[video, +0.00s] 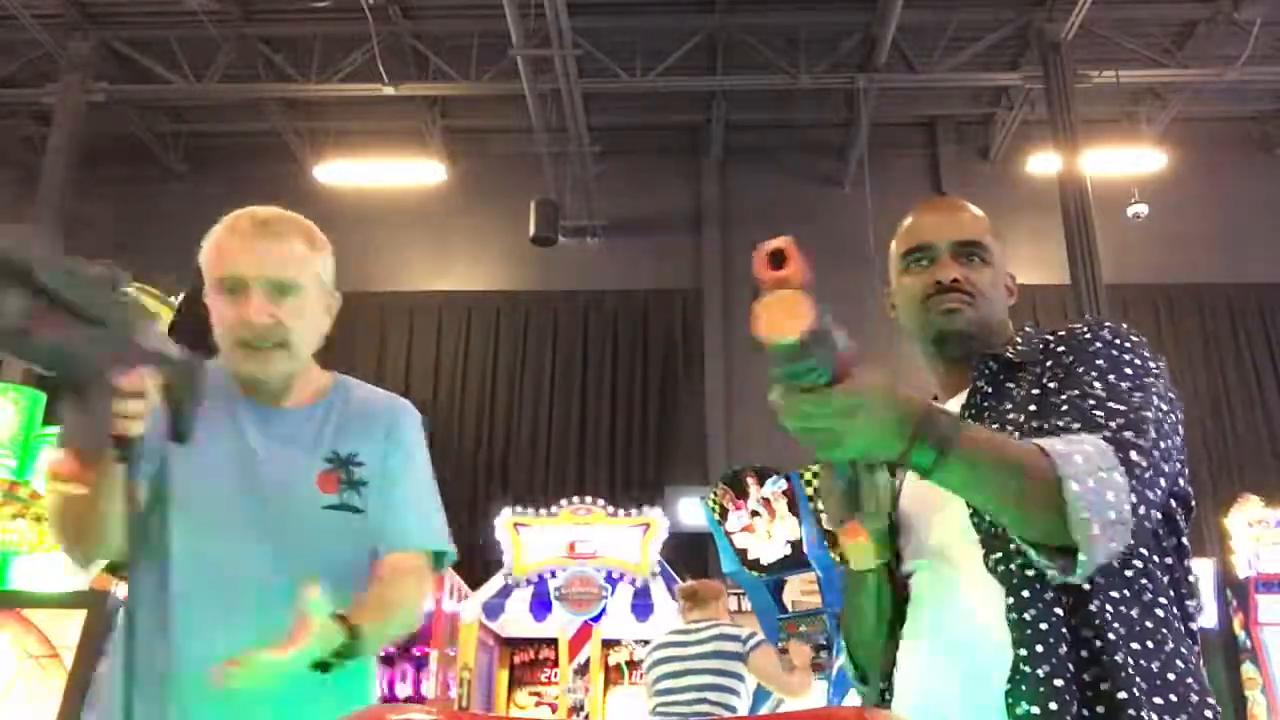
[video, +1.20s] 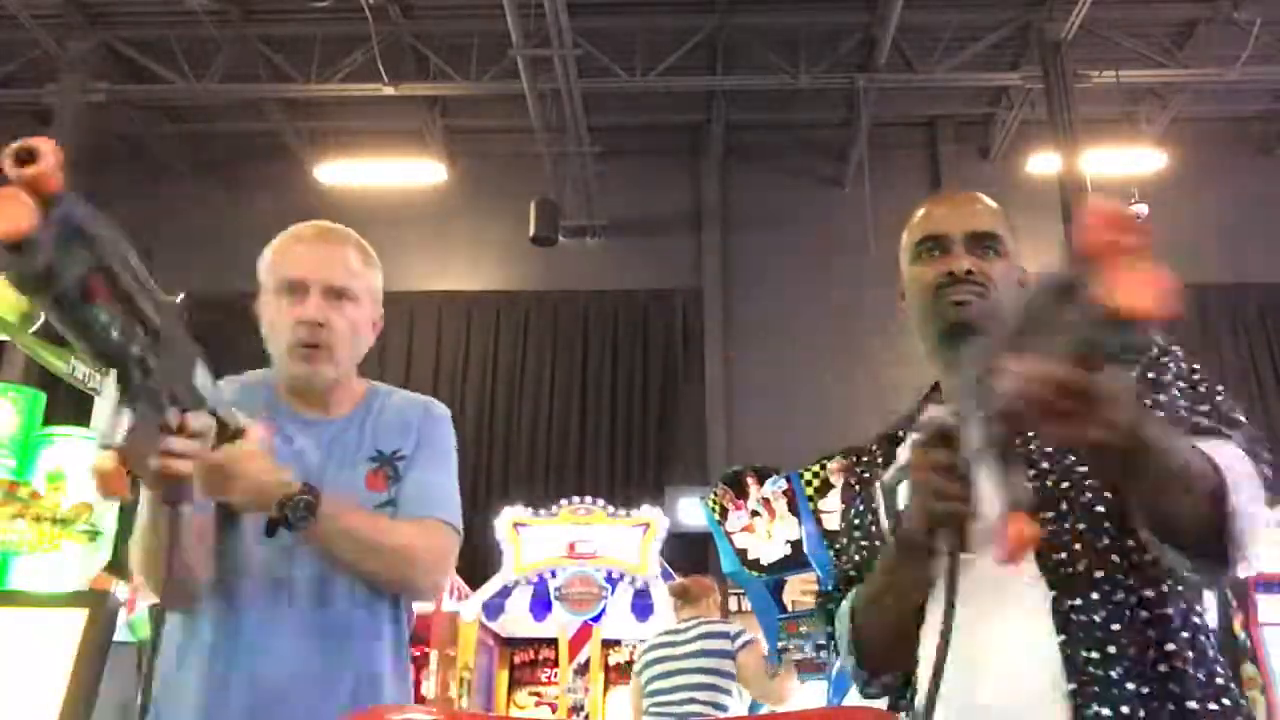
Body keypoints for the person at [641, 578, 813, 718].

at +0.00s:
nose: (730, 612)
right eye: (728, 606)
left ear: (682, 612)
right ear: (722, 606)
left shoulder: (655, 647)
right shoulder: (741, 636)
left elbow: (653, 702)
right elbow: (796, 688)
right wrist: (802, 660)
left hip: (663, 714)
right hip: (717, 711)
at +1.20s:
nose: (721, 609)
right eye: (720, 603)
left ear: (677, 609)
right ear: (713, 601)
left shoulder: (647, 647)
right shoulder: (730, 633)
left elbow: (638, 711)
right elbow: (774, 694)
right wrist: (790, 661)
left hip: (658, 714)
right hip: (710, 713)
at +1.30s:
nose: (720, 610)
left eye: (720, 604)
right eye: (719, 604)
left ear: (677, 610)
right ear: (712, 602)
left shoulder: (647, 647)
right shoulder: (729, 632)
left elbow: (637, 712)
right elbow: (751, 690)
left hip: (657, 715)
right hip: (705, 713)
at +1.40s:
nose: (721, 612)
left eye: (719, 605)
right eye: (719, 605)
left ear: (675, 609)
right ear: (715, 601)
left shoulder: (646, 647)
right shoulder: (729, 632)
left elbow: (637, 713)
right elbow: (754, 695)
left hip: (657, 714)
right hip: (708, 713)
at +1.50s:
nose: (721, 607)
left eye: (717, 599)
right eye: (716, 598)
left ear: (673, 607)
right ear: (706, 599)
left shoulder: (647, 647)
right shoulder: (727, 631)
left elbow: (637, 712)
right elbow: (776, 693)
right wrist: (790, 665)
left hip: (656, 715)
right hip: (706, 713)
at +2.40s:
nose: (728, 611)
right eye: (725, 605)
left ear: (679, 612)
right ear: (721, 602)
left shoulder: (654, 646)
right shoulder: (736, 636)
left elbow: (649, 699)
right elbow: (795, 687)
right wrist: (794, 648)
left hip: (661, 714)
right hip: (713, 711)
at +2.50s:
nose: (728, 611)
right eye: (725, 605)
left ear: (681, 612)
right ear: (723, 605)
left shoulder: (654, 645)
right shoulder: (738, 636)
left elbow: (650, 699)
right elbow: (797, 686)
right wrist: (796, 652)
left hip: (661, 715)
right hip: (711, 713)